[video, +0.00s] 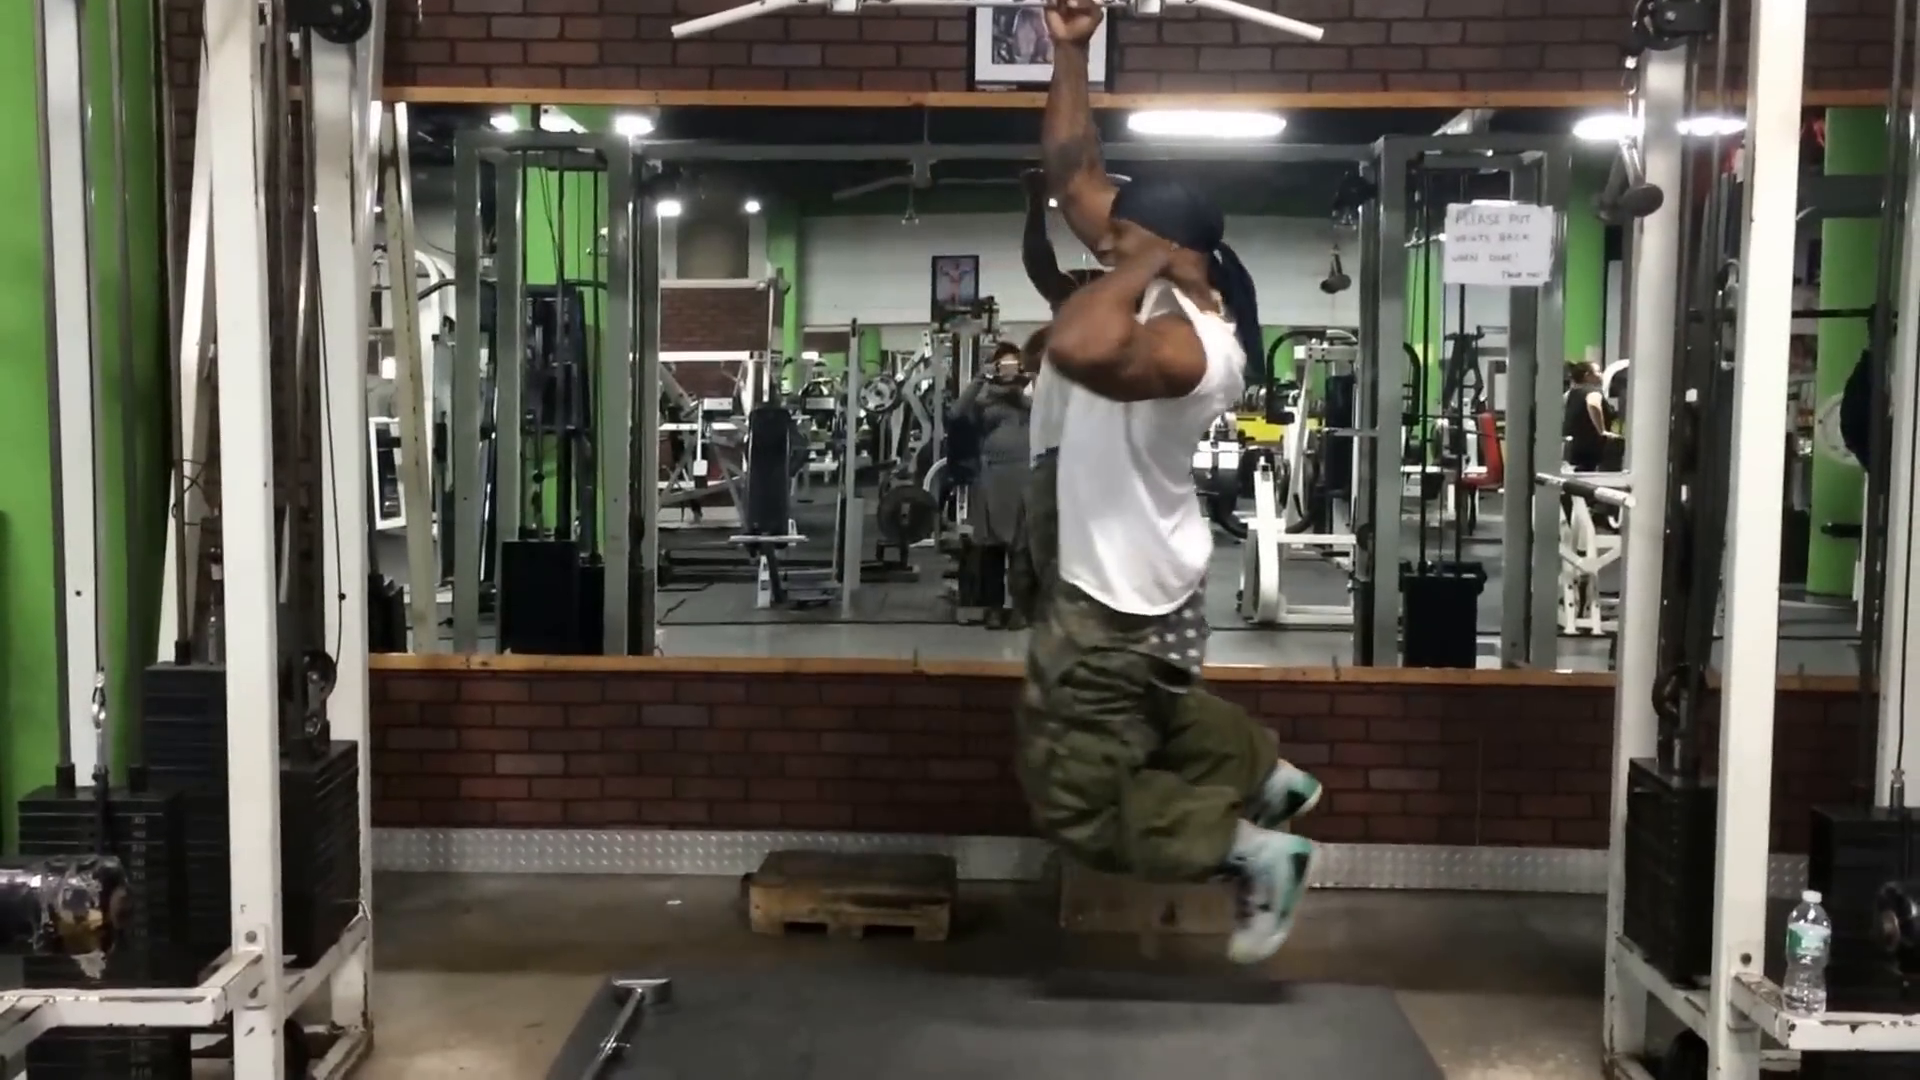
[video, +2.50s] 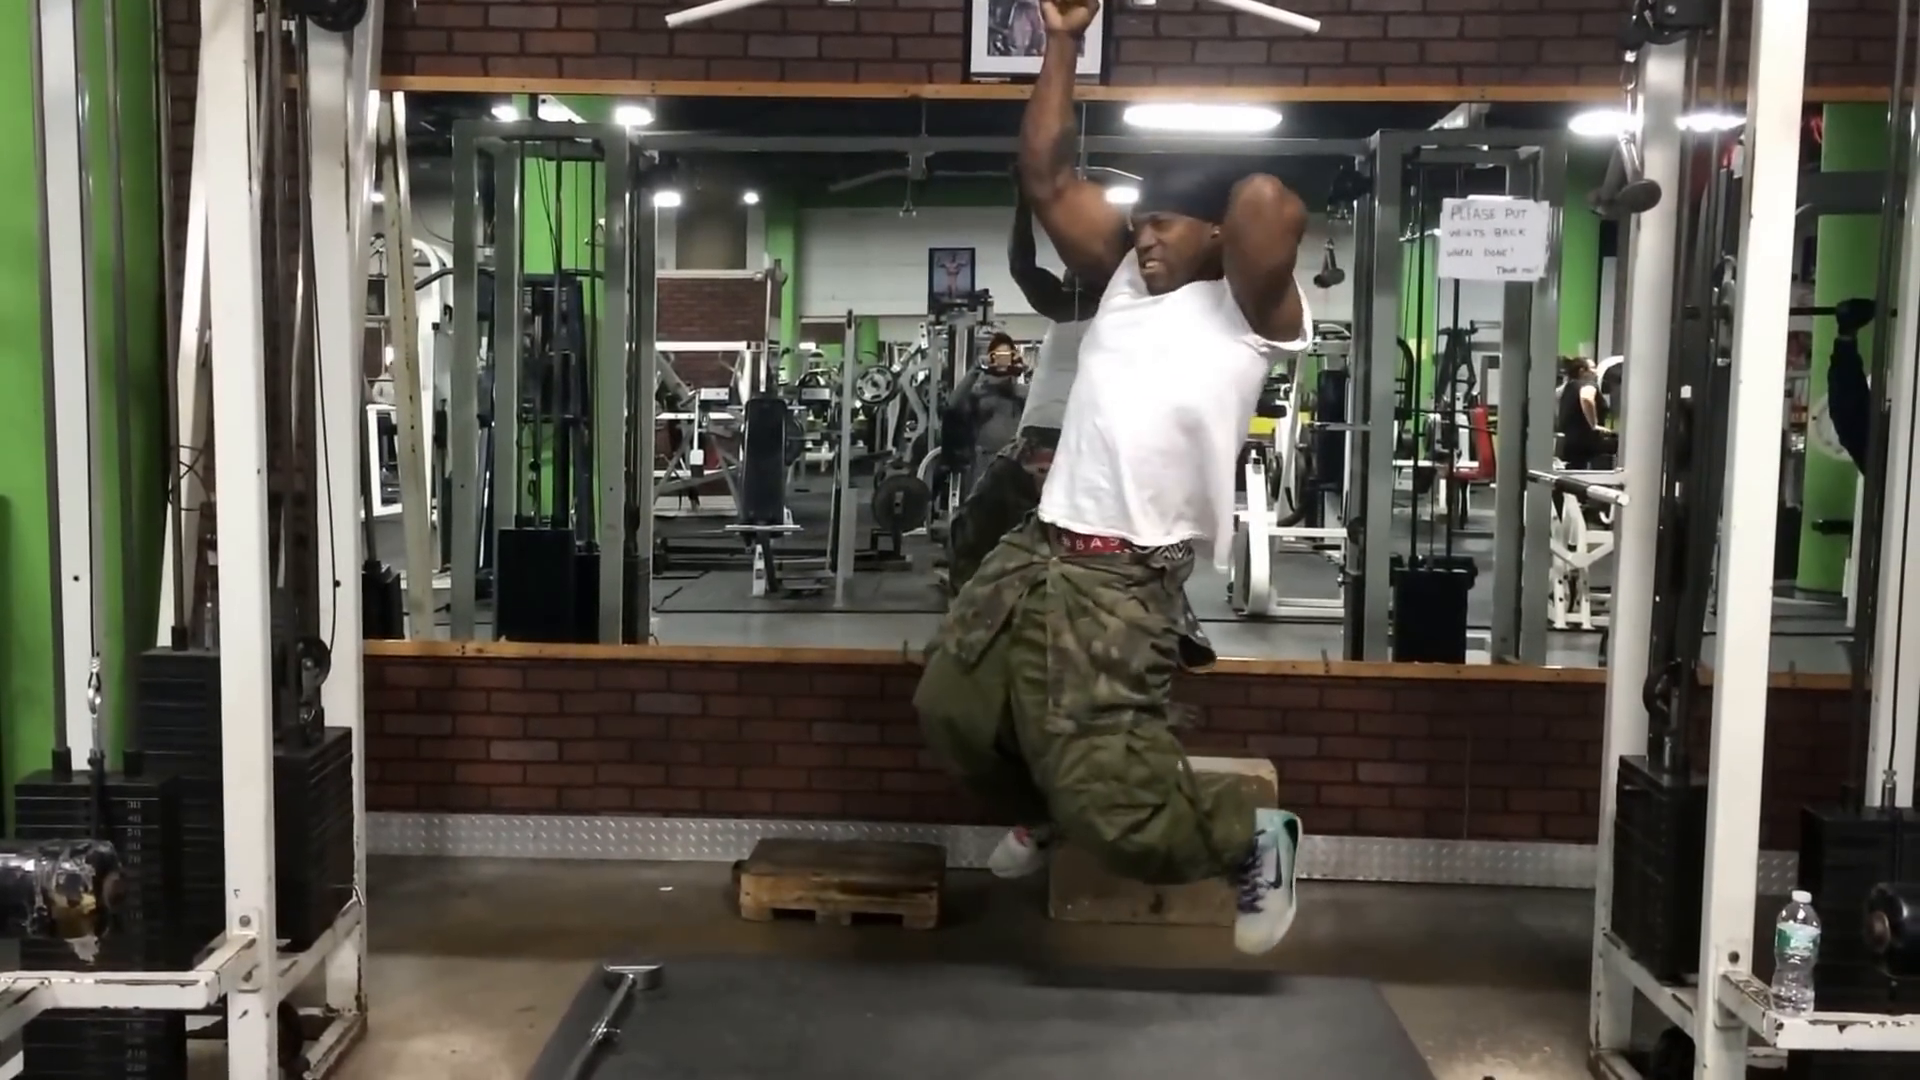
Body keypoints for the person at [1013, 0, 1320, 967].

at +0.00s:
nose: (1116, 247)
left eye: (1130, 238)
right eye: (1121, 234)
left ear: (1175, 252)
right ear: (1183, 251)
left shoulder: (1190, 341)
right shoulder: (1172, 300)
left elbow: (1078, 346)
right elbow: (1072, 180)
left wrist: (1149, 261)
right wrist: (1069, 53)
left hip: (1118, 592)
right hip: (1145, 573)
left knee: (1072, 802)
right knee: (1153, 709)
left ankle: (1249, 854)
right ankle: (1269, 784)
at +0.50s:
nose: (1146, 222)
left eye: (1161, 214)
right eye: (1152, 210)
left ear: (1199, 245)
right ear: (1184, 241)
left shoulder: (1219, 315)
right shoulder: (1146, 283)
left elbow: (1137, 275)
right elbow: (1069, 175)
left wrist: (1190, 211)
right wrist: (1068, 45)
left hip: (1130, 581)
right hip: (1097, 570)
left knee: (1086, 806)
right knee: (1096, 739)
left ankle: (1271, 859)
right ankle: (1245, 784)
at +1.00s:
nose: (1078, 244)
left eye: (1098, 231)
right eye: (1090, 229)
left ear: (1135, 255)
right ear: (1123, 247)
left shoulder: (1124, 335)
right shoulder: (1102, 318)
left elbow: (1053, 239)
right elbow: (1046, 176)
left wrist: (1161, 228)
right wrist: (1064, 44)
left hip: (963, 571)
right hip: (997, 581)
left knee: (827, 768)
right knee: (934, 741)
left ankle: (976, 939)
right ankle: (1035, 881)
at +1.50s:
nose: (1066, 201)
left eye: (1076, 189)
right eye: (1073, 190)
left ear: (1117, 225)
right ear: (1139, 232)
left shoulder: (1110, 309)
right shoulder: (1097, 294)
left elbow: (979, 216)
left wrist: (1062, 128)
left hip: (977, 549)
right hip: (949, 519)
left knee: (782, 693)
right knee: (792, 599)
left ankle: (899, 876)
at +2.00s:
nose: (1171, 225)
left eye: (1194, 219)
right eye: (1174, 213)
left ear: (1232, 238)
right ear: (1164, 215)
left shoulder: (1233, 317)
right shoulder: (1131, 249)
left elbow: (1216, 256)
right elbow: (1045, 183)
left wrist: (1249, 214)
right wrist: (1058, 51)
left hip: (1085, 572)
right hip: (1015, 522)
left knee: (1017, 784)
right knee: (887, 643)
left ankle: (1172, 851)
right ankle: (938, 765)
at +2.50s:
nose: (1144, 237)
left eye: (1162, 224)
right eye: (1142, 224)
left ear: (1215, 233)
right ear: (1142, 233)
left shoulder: (1248, 313)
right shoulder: (1117, 278)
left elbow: (1265, 198)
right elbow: (1045, 173)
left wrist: (1234, 254)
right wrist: (1061, 39)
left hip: (1125, 588)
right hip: (1035, 559)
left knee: (1103, 812)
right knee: (952, 707)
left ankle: (1254, 831)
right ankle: (1033, 820)